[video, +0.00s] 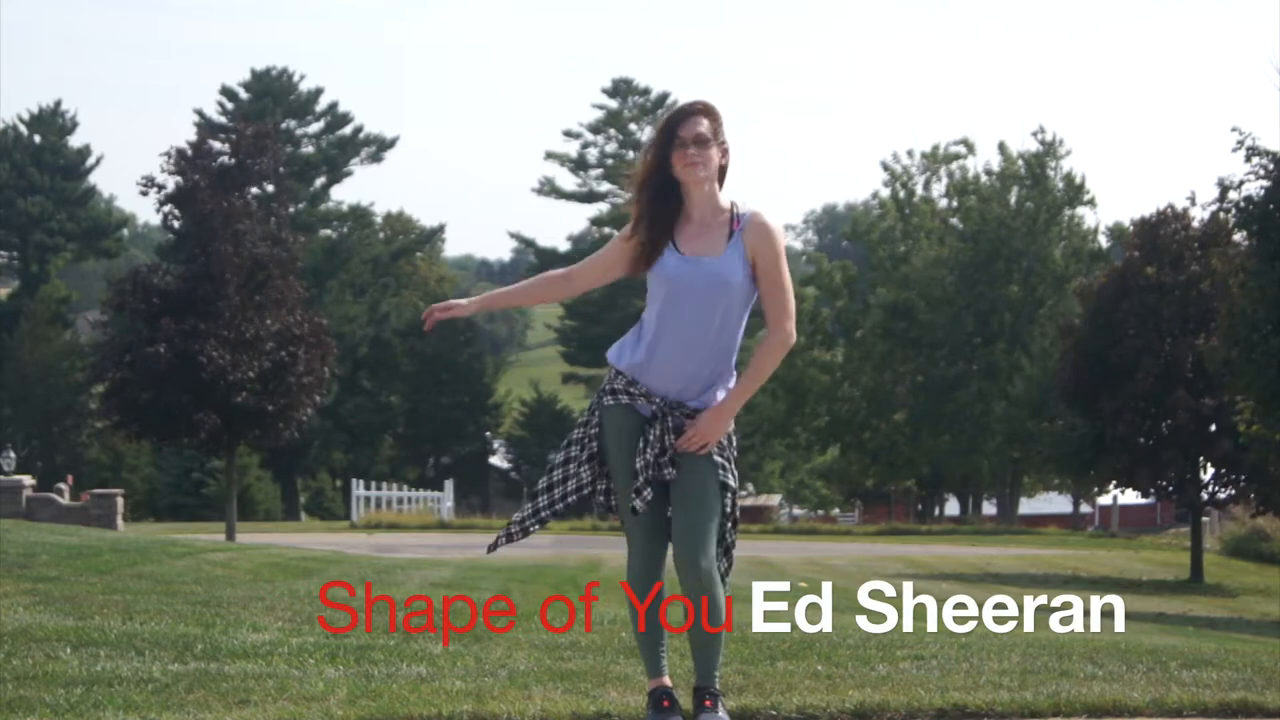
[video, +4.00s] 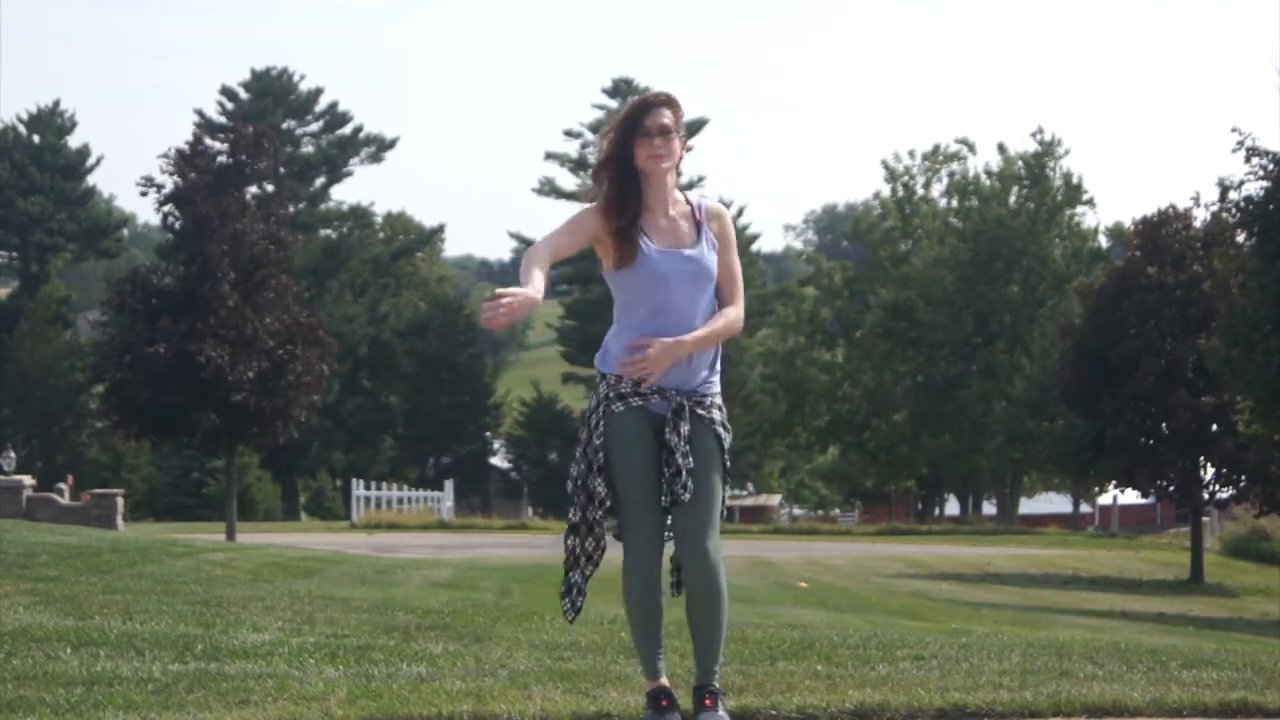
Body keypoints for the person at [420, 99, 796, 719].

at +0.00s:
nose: (694, 151)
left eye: (704, 141)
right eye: (683, 144)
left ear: (724, 152)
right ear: (666, 158)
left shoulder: (755, 231)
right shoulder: (652, 232)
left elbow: (784, 331)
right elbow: (567, 281)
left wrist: (727, 409)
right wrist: (474, 304)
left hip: (704, 410)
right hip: (632, 399)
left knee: (696, 556)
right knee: (646, 551)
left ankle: (708, 692)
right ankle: (659, 686)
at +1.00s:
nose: (692, 167)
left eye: (701, 158)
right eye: (682, 156)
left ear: (708, 162)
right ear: (655, 156)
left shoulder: (717, 232)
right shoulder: (615, 230)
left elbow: (799, 287)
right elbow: (577, 322)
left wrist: (856, 227)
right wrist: (522, 380)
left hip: (738, 399)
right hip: (664, 405)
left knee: (726, 552)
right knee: (683, 558)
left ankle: (713, 689)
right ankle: (666, 690)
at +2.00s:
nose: (700, 150)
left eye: (709, 139)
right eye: (688, 143)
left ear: (728, 149)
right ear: (671, 156)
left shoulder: (748, 238)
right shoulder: (653, 208)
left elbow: (741, 337)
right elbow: (583, 277)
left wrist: (737, 428)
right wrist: (550, 369)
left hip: (698, 407)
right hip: (626, 397)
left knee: (698, 545)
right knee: (639, 547)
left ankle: (709, 688)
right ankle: (657, 684)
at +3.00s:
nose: (660, 153)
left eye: (670, 144)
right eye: (650, 142)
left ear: (681, 154)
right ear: (626, 151)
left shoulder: (702, 210)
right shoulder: (612, 237)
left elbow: (802, 244)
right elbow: (612, 334)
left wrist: (797, 325)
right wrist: (594, 418)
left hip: (716, 400)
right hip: (649, 405)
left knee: (707, 549)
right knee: (654, 549)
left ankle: (708, 691)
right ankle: (660, 687)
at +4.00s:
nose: (663, 143)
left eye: (671, 133)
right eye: (650, 134)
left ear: (684, 143)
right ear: (628, 146)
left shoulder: (712, 218)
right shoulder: (607, 218)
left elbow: (735, 313)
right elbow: (537, 255)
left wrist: (681, 346)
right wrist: (533, 290)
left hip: (698, 397)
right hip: (629, 394)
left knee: (700, 549)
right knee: (644, 543)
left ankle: (709, 690)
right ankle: (657, 687)